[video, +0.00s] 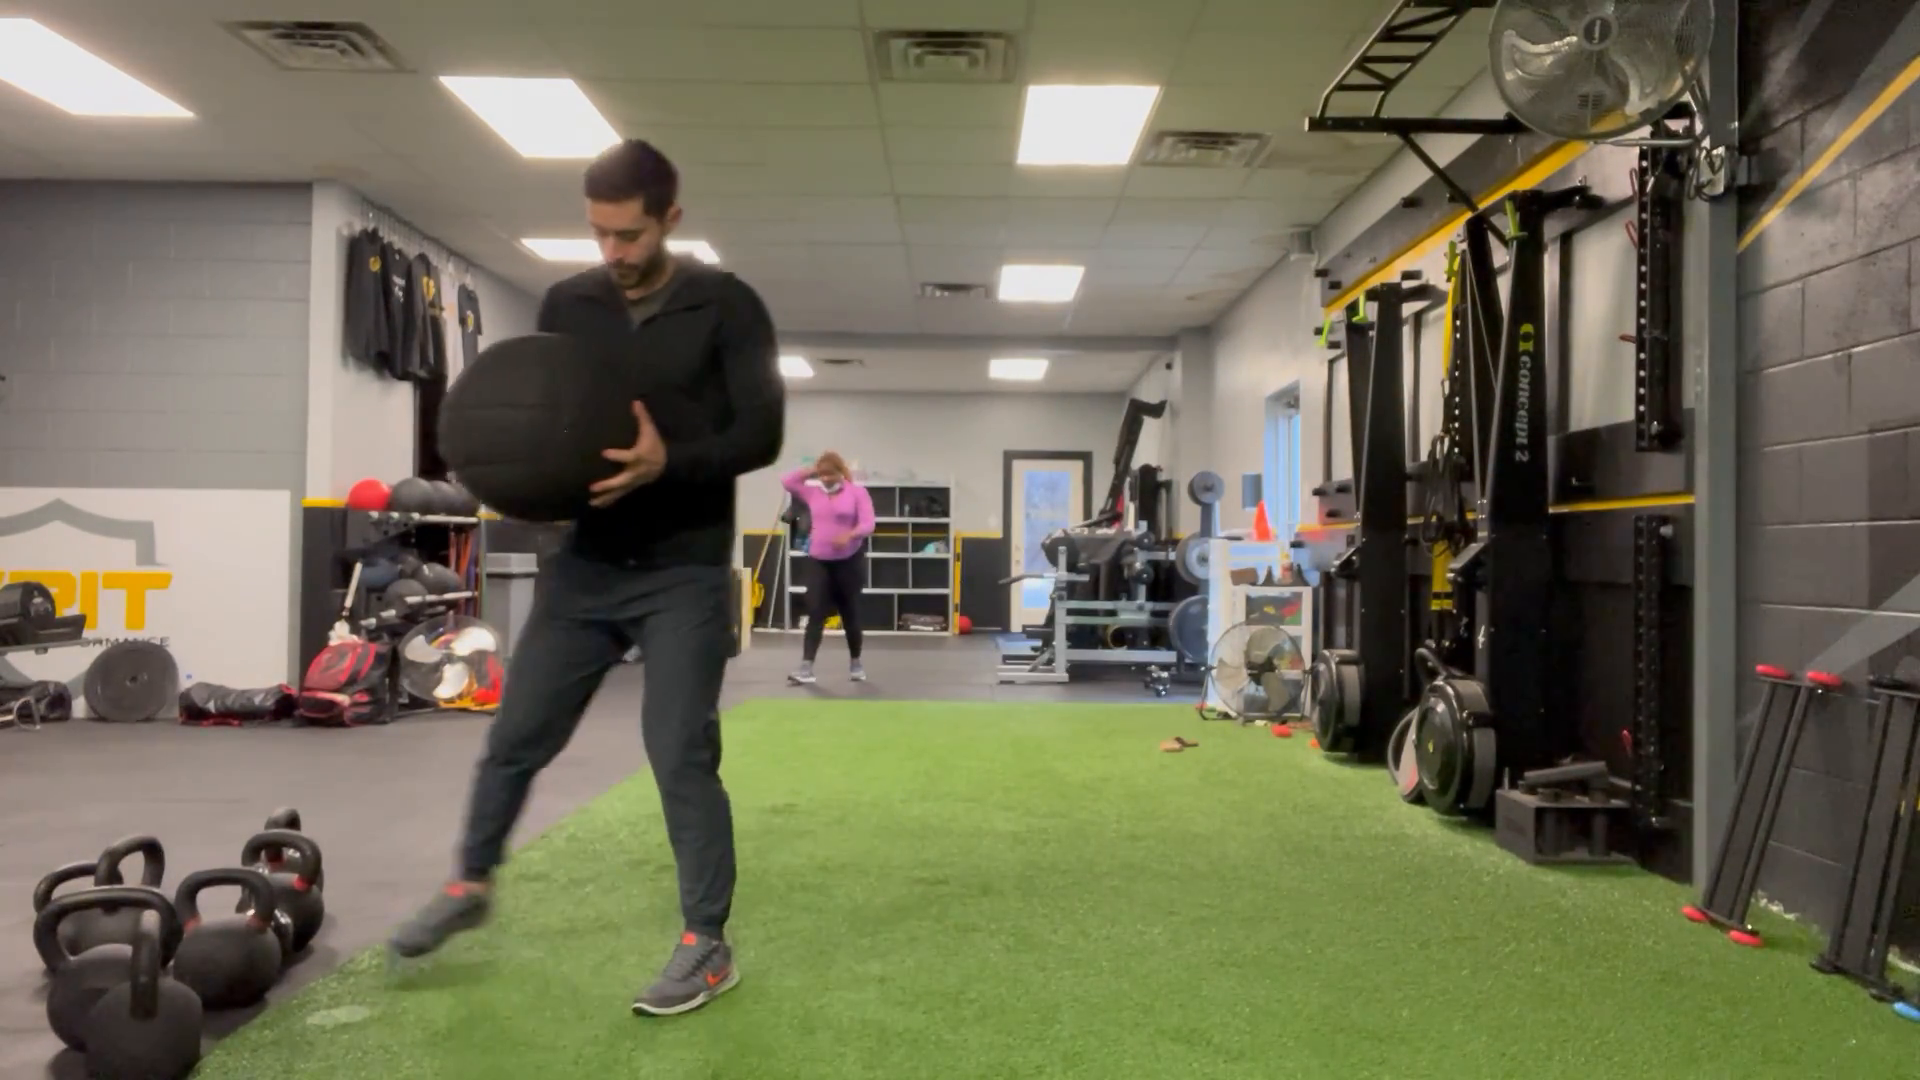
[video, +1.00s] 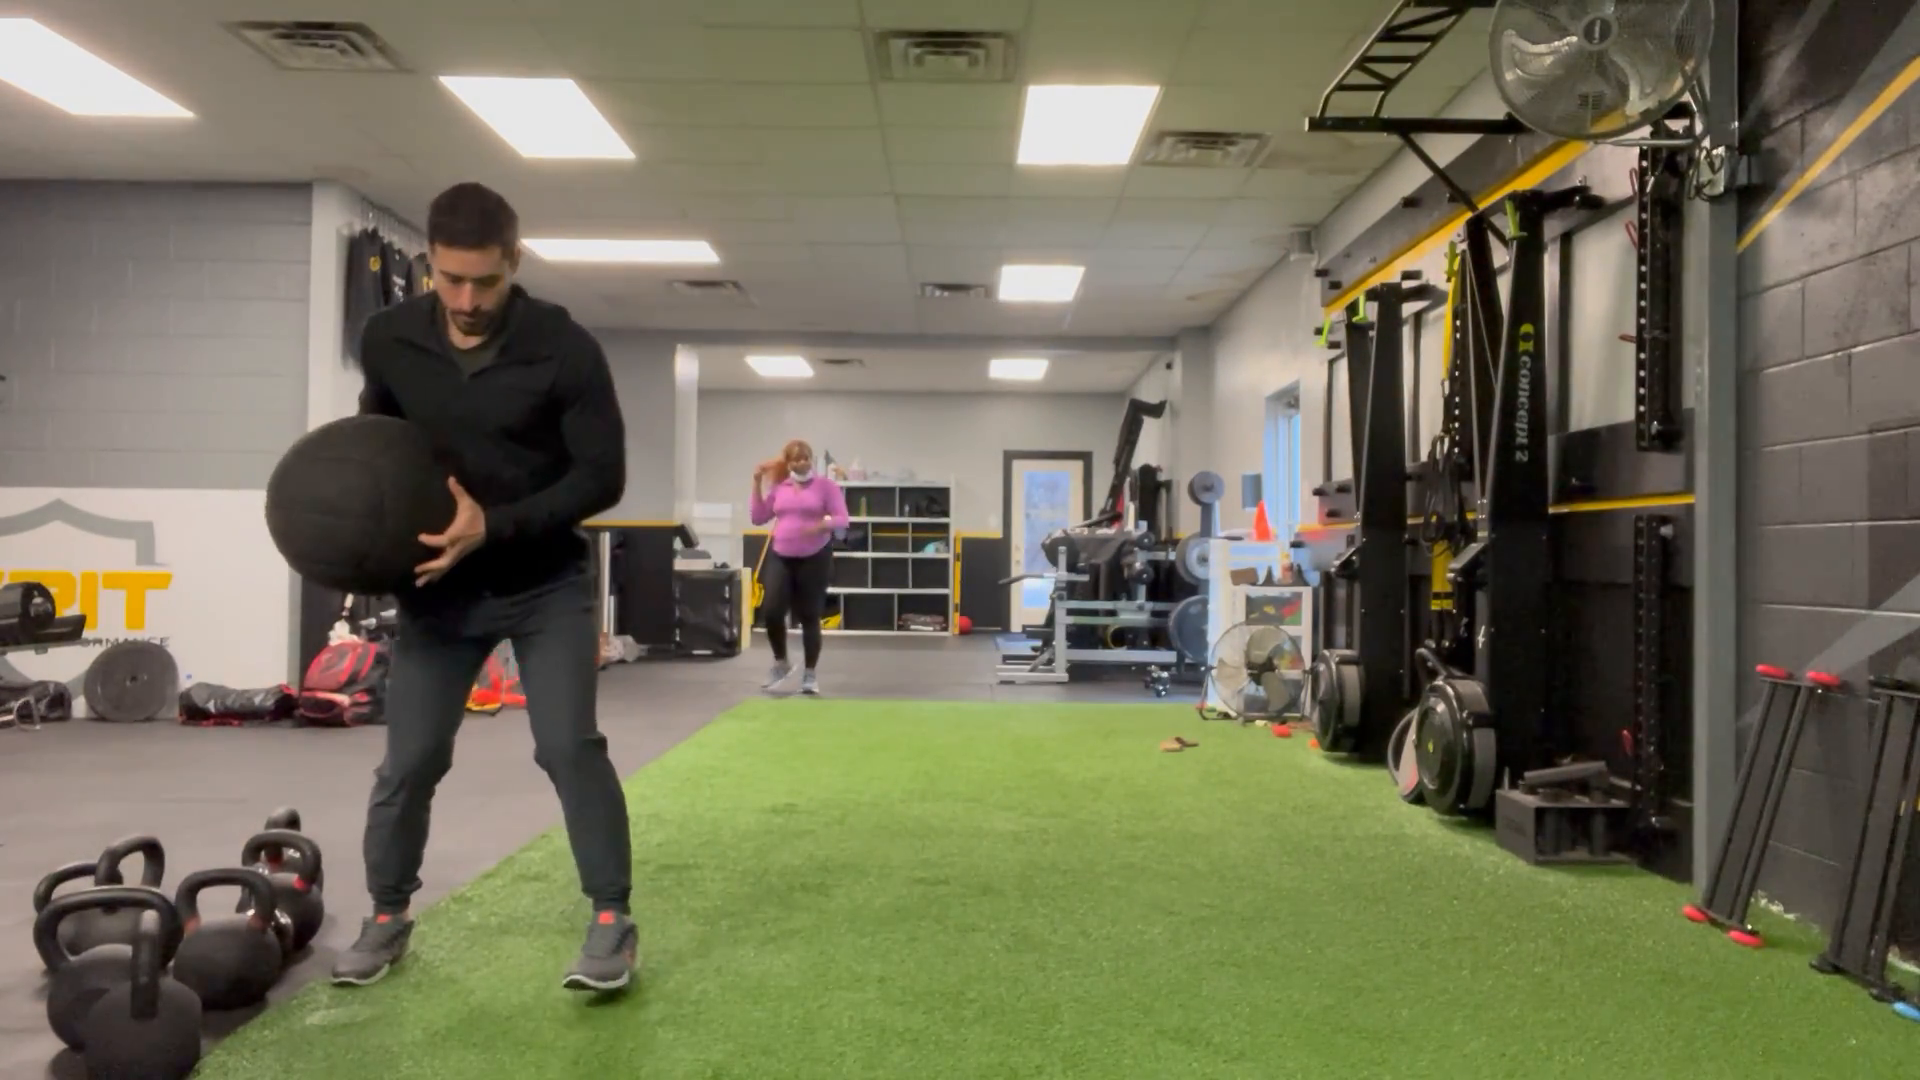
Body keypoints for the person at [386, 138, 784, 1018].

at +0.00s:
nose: (615, 253)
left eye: (632, 235)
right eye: (601, 235)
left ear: (671, 216)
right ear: (587, 222)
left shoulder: (727, 306)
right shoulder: (570, 306)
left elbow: (762, 437)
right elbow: (548, 419)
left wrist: (673, 458)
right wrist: (514, 467)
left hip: (685, 573)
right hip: (581, 569)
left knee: (681, 751)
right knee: (513, 738)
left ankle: (705, 940)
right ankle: (469, 886)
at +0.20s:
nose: (533, 280)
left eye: (552, 264)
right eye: (521, 261)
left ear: (589, 248)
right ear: (506, 243)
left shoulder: (642, 334)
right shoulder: (471, 325)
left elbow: (666, 464)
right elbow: (440, 445)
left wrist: (575, 485)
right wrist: (399, 496)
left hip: (602, 589)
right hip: (492, 591)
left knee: (632, 757)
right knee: (434, 759)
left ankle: (699, 938)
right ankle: (393, 910)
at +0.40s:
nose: (474, 282)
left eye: (491, 265)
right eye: (459, 263)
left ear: (526, 247)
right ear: (440, 245)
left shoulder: (582, 332)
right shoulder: (405, 323)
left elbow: (607, 459)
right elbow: (389, 435)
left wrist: (512, 492)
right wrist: (366, 506)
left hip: (553, 575)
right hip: (440, 583)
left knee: (582, 736)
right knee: (407, 758)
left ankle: (626, 915)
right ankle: (387, 915)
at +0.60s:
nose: (449, 295)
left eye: (467, 277)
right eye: (433, 276)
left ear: (500, 258)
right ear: (412, 258)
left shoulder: (553, 341)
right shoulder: (383, 336)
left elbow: (595, 473)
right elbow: (376, 444)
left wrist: (489, 516)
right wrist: (362, 521)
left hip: (538, 588)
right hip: (426, 594)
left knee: (566, 754)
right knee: (393, 759)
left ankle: (601, 922)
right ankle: (385, 917)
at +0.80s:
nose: (444, 295)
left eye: (462, 276)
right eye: (427, 276)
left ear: (493, 257)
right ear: (404, 259)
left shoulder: (546, 342)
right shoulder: (371, 338)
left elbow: (591, 471)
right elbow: (365, 440)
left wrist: (482, 515)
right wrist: (351, 518)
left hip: (534, 586)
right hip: (420, 594)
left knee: (560, 751)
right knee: (394, 760)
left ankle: (601, 921)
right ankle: (385, 916)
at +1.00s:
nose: (467, 299)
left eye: (484, 281)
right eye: (451, 279)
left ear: (512, 263)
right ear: (427, 263)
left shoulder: (562, 347)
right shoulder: (389, 342)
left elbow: (602, 476)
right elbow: (381, 447)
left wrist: (494, 522)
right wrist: (373, 535)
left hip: (549, 586)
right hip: (437, 595)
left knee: (568, 745)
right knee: (408, 765)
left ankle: (611, 918)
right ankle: (386, 915)